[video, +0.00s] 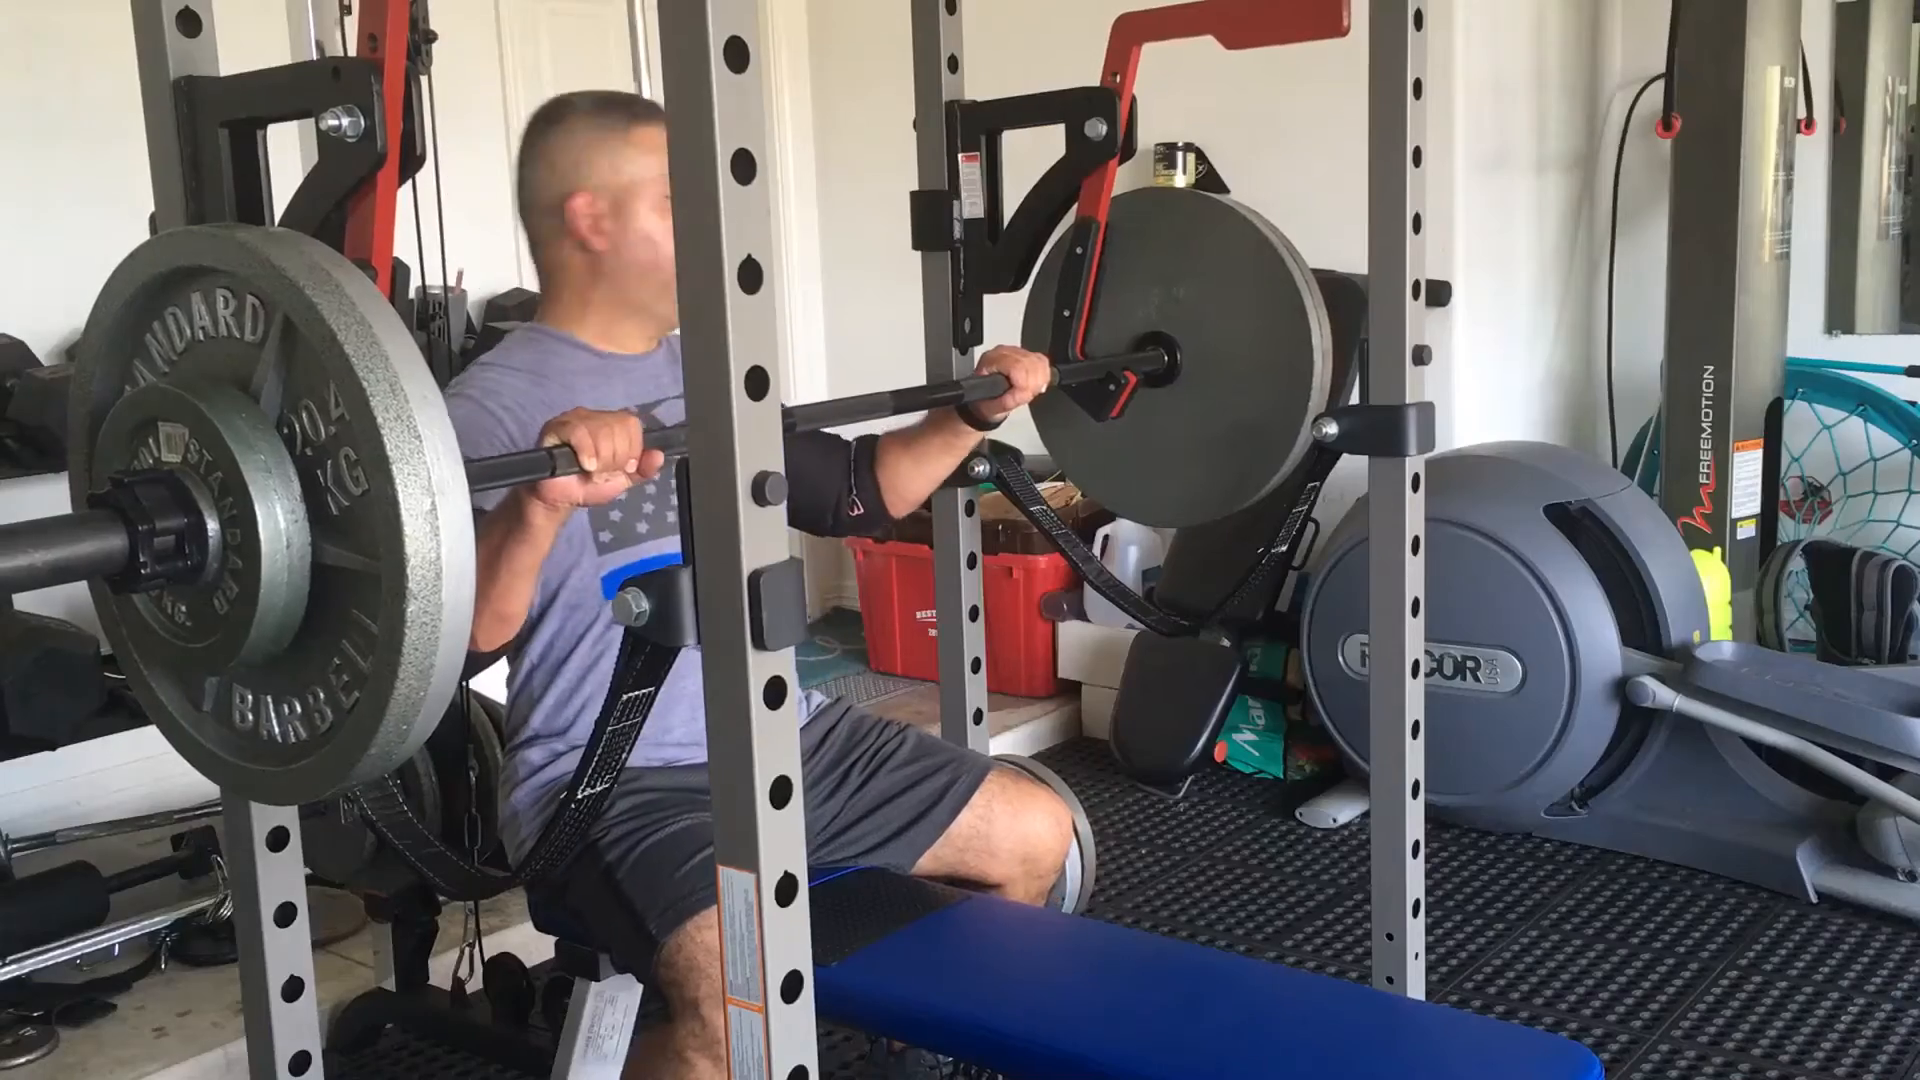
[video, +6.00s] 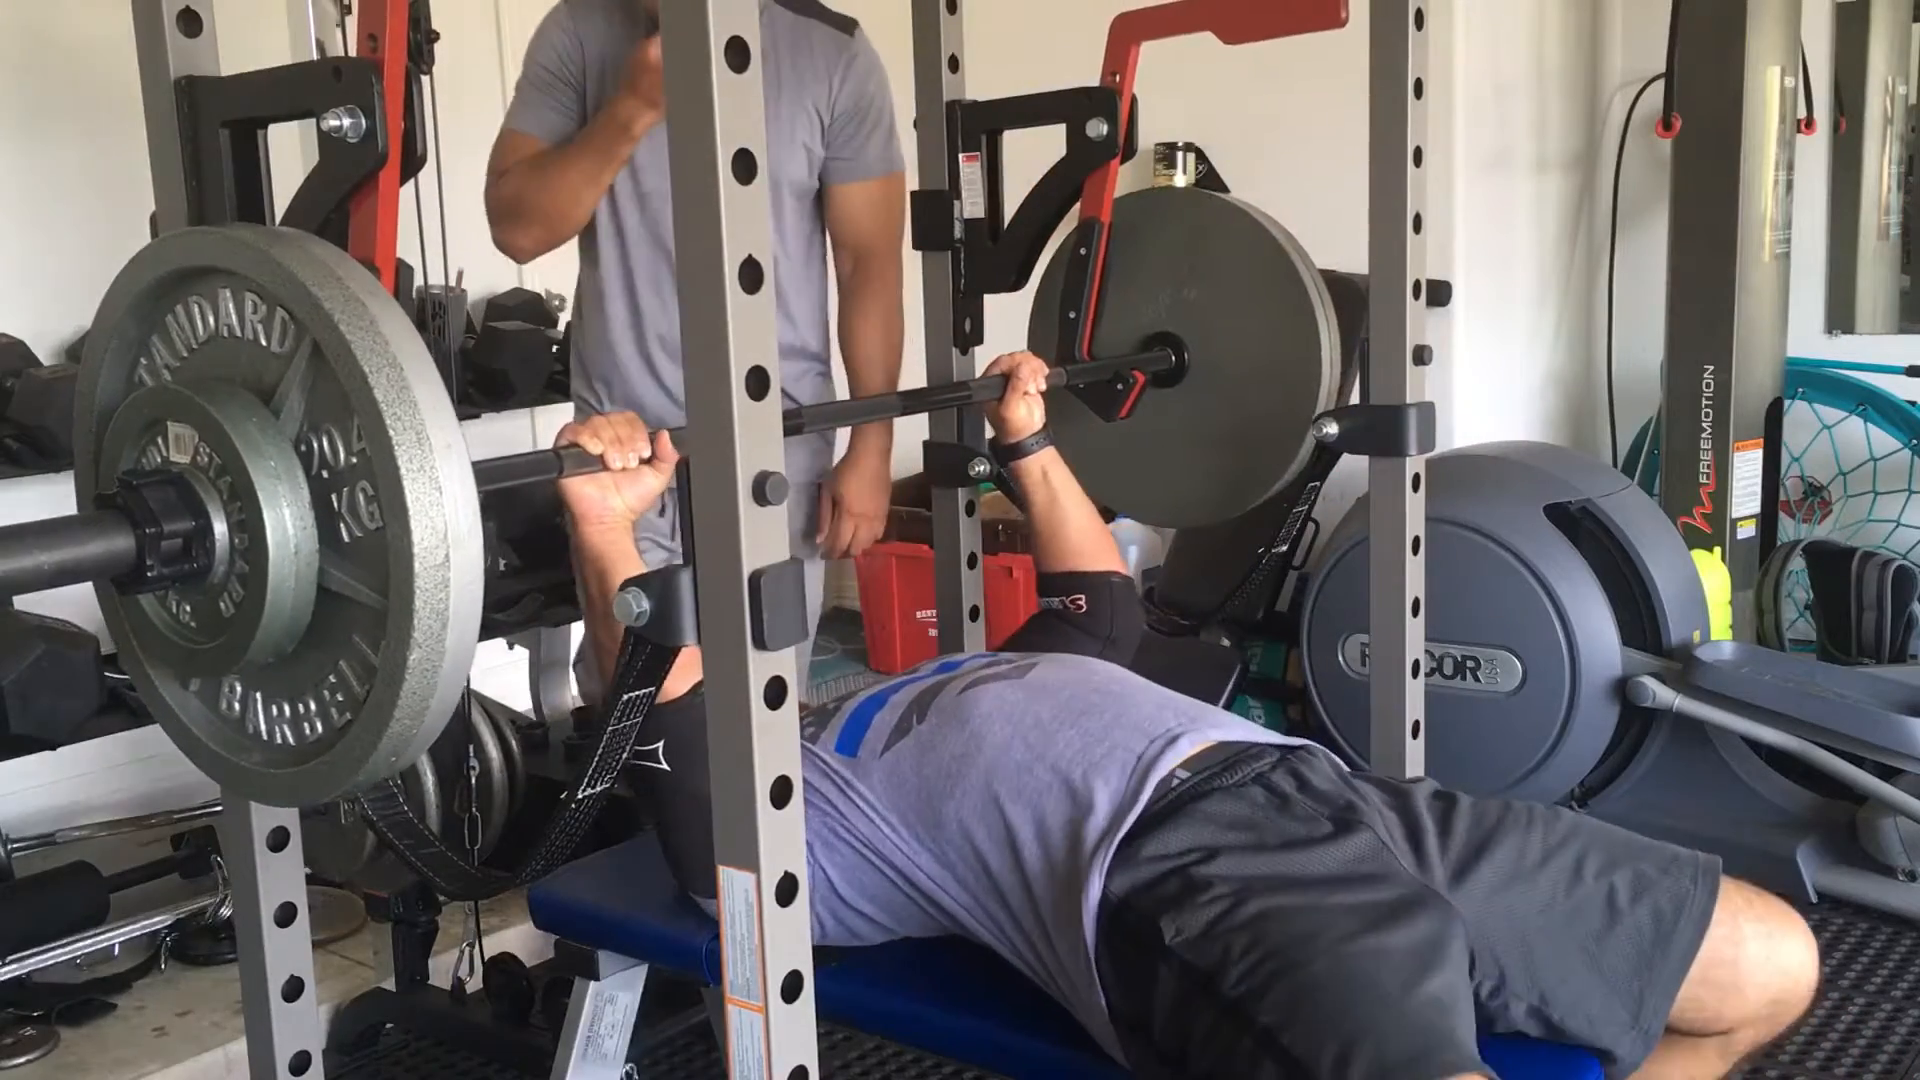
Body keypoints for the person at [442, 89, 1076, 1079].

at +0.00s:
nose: (705, 225)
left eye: (698, 197)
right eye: (677, 196)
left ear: (600, 222)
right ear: (592, 221)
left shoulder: (703, 368)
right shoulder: (493, 399)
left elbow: (863, 491)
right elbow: (470, 638)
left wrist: (974, 408)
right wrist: (543, 500)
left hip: (775, 732)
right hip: (608, 776)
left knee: (1032, 831)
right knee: (739, 972)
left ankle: (982, 1051)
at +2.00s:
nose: (705, 267)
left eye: (715, 240)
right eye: (674, 241)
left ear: (737, 245)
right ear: (591, 245)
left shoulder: (740, 378)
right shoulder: (506, 397)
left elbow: (879, 478)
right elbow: (462, 606)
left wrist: (978, 392)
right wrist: (552, 464)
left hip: (777, 736)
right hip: (608, 770)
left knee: (1032, 833)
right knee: (725, 957)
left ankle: (980, 1045)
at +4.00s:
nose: (611, 456)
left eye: (610, 432)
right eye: (561, 444)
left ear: (633, 443)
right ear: (501, 493)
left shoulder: (753, 530)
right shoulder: (565, 619)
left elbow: (947, 585)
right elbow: (521, 717)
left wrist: (962, 425)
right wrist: (518, 520)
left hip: (1056, 697)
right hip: (924, 773)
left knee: (1387, 912)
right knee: (1112, 1035)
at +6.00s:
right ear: (731, 732)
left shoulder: (1025, 679)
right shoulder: (813, 804)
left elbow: (1104, 605)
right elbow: (671, 754)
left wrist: (1023, 447)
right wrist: (605, 560)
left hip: (1333, 783)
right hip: (1192, 862)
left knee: (1777, 960)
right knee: (1416, 1009)